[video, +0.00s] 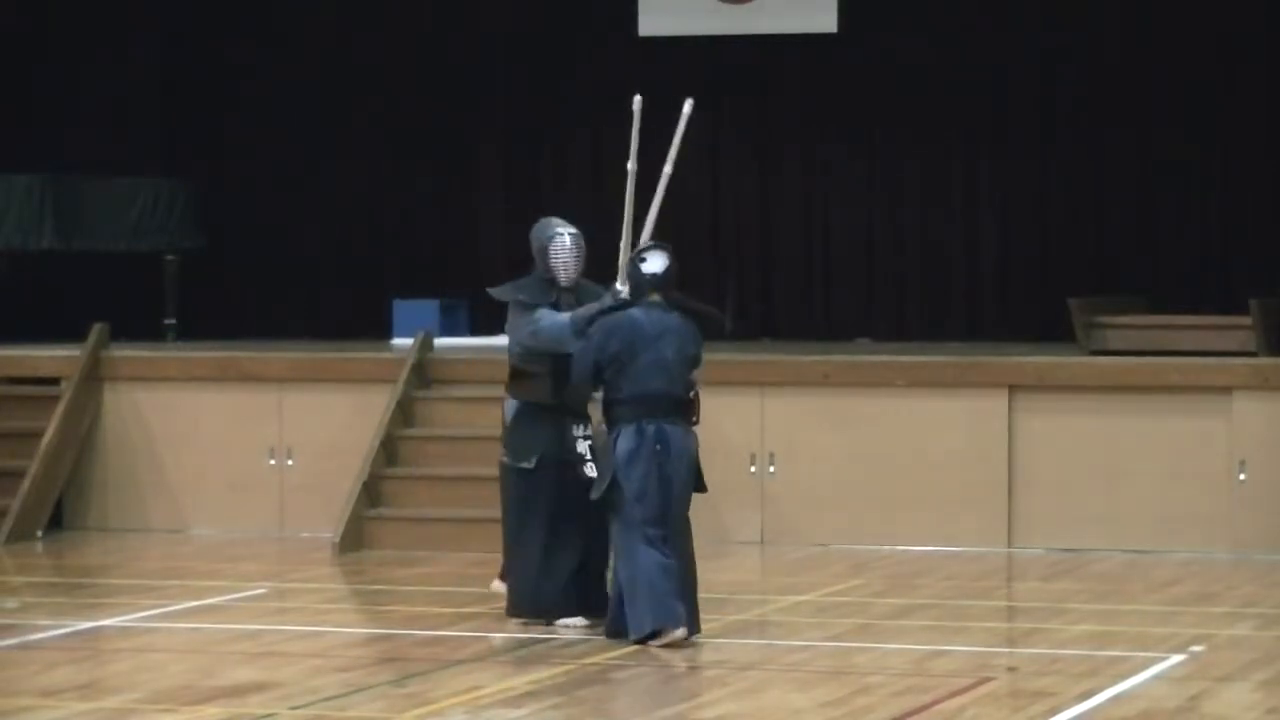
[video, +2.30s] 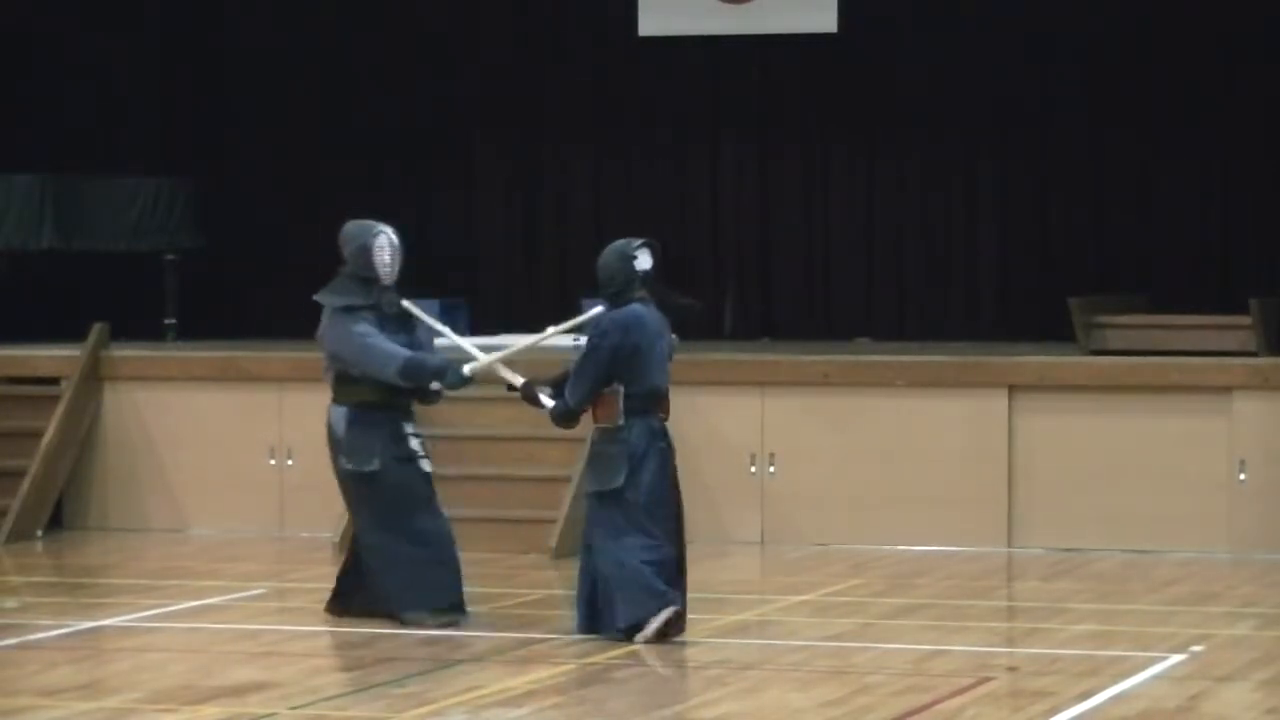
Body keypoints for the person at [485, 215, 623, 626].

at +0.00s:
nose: (567, 259)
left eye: (574, 250)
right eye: (559, 251)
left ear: (583, 255)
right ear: (541, 254)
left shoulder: (593, 298)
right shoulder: (524, 301)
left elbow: (618, 333)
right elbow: (548, 332)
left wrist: (635, 298)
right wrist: (609, 303)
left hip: (578, 415)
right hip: (535, 415)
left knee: (586, 509)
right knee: (541, 508)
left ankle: (584, 603)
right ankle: (546, 605)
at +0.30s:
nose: (544, 254)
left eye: (549, 246)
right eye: (535, 246)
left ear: (555, 249)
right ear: (515, 250)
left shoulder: (555, 293)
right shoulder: (498, 304)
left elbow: (591, 310)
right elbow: (547, 328)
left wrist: (629, 302)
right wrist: (601, 316)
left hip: (545, 411)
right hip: (507, 410)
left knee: (542, 505)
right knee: (510, 504)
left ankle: (542, 597)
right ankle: (499, 601)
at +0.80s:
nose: (511, 252)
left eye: (516, 243)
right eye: (502, 244)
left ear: (522, 247)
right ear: (481, 248)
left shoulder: (530, 297)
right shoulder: (463, 301)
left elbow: (558, 347)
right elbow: (494, 341)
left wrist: (579, 344)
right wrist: (557, 340)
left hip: (503, 412)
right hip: (464, 412)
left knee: (500, 506)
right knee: (469, 506)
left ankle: (487, 601)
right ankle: (467, 604)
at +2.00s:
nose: (459, 256)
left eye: (462, 247)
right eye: (449, 248)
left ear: (468, 251)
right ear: (427, 253)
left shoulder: (472, 301)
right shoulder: (413, 310)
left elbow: (500, 361)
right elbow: (463, 348)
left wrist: (537, 363)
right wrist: (533, 346)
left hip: (462, 418)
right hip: (426, 419)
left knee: (469, 511)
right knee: (436, 512)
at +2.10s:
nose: (439, 265)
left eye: (441, 256)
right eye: (430, 258)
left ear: (444, 258)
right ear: (408, 262)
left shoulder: (444, 308)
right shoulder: (394, 319)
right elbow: (443, 356)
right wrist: (516, 350)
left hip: (444, 422)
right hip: (412, 425)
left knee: (451, 511)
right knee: (430, 515)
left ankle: (377, 582)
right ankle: (454, 612)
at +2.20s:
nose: (412, 266)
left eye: (415, 256)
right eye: (402, 258)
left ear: (419, 259)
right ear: (380, 262)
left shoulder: (419, 308)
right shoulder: (367, 319)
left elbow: (452, 342)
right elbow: (410, 359)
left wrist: (485, 362)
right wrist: (462, 369)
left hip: (421, 420)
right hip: (385, 423)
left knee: (431, 511)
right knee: (425, 515)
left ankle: (369, 586)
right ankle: (458, 608)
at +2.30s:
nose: (387, 263)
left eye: (392, 253)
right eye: (378, 254)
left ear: (397, 257)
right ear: (357, 258)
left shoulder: (398, 311)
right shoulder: (342, 317)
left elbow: (424, 351)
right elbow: (379, 356)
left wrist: (442, 374)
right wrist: (430, 371)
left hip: (395, 417)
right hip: (358, 420)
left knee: (391, 511)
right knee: (404, 510)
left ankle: (355, 594)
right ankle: (431, 602)